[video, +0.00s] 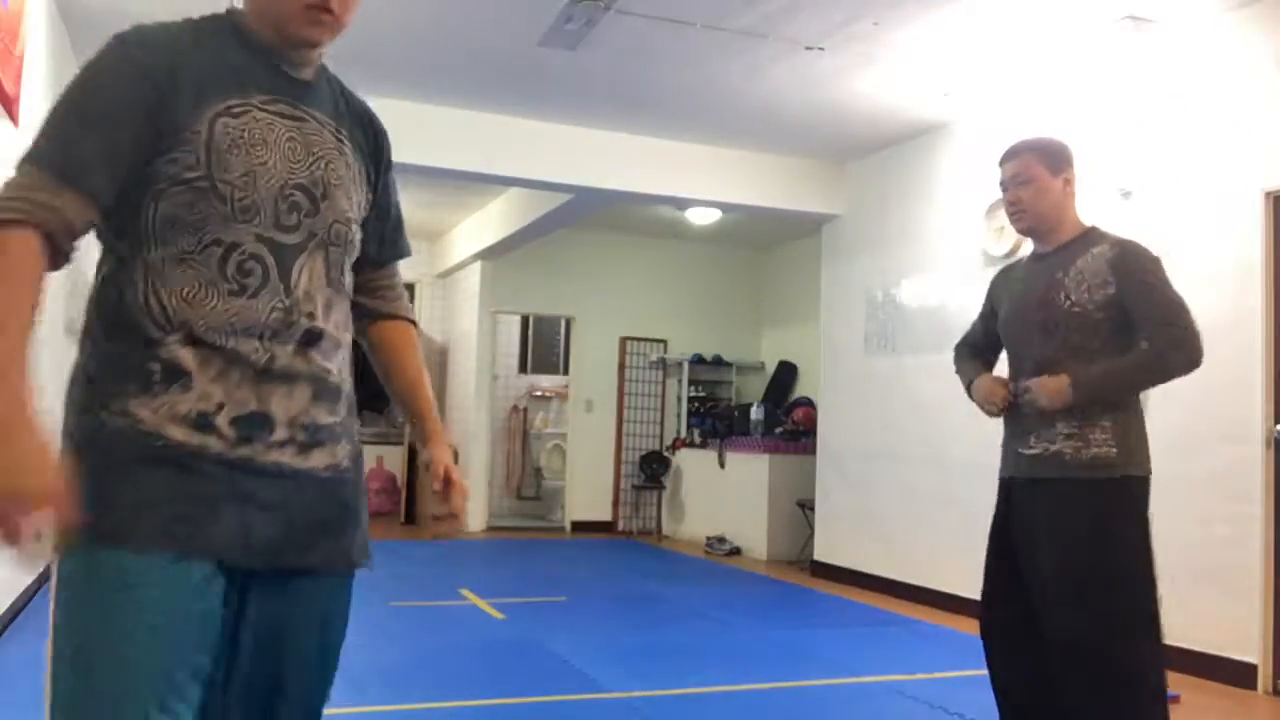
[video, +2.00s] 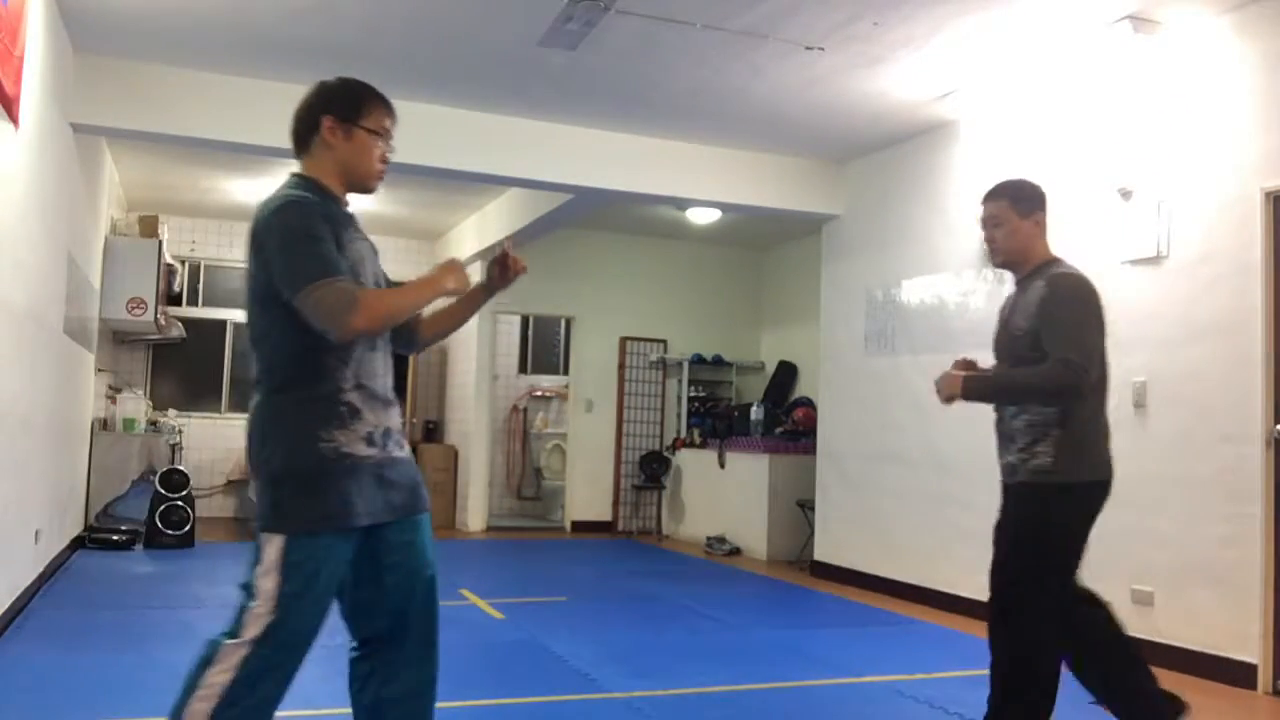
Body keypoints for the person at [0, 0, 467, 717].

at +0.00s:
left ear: (357, 3)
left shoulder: (361, 129)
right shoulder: (152, 63)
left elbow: (382, 298)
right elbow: (23, 226)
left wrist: (431, 429)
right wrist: (14, 427)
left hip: (312, 519)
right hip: (149, 501)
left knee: (279, 713)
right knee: (124, 708)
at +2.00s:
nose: (389, 154)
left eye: (391, 142)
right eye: (380, 137)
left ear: (338, 137)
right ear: (332, 131)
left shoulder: (351, 234)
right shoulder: (292, 213)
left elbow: (406, 337)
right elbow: (346, 316)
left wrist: (483, 292)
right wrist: (439, 280)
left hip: (384, 468)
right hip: (312, 469)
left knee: (402, 638)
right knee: (270, 637)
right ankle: (198, 716)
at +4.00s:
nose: (530, 189)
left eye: (534, 179)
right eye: (520, 174)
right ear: (478, 171)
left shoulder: (489, 250)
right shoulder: (457, 239)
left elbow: (537, 351)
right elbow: (494, 337)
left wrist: (597, 310)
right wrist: (567, 295)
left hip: (508, 456)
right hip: (456, 454)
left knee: (532, 618)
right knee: (444, 619)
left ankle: (531, 713)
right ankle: (399, 715)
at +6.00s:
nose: (586, 200)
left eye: (587, 189)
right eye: (580, 186)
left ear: (545, 185)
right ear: (542, 180)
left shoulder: (537, 259)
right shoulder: (503, 246)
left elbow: (574, 364)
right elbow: (547, 342)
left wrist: (639, 323)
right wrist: (612, 297)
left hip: (554, 469)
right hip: (502, 468)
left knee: (589, 629)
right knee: (478, 632)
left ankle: (595, 716)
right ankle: (428, 715)